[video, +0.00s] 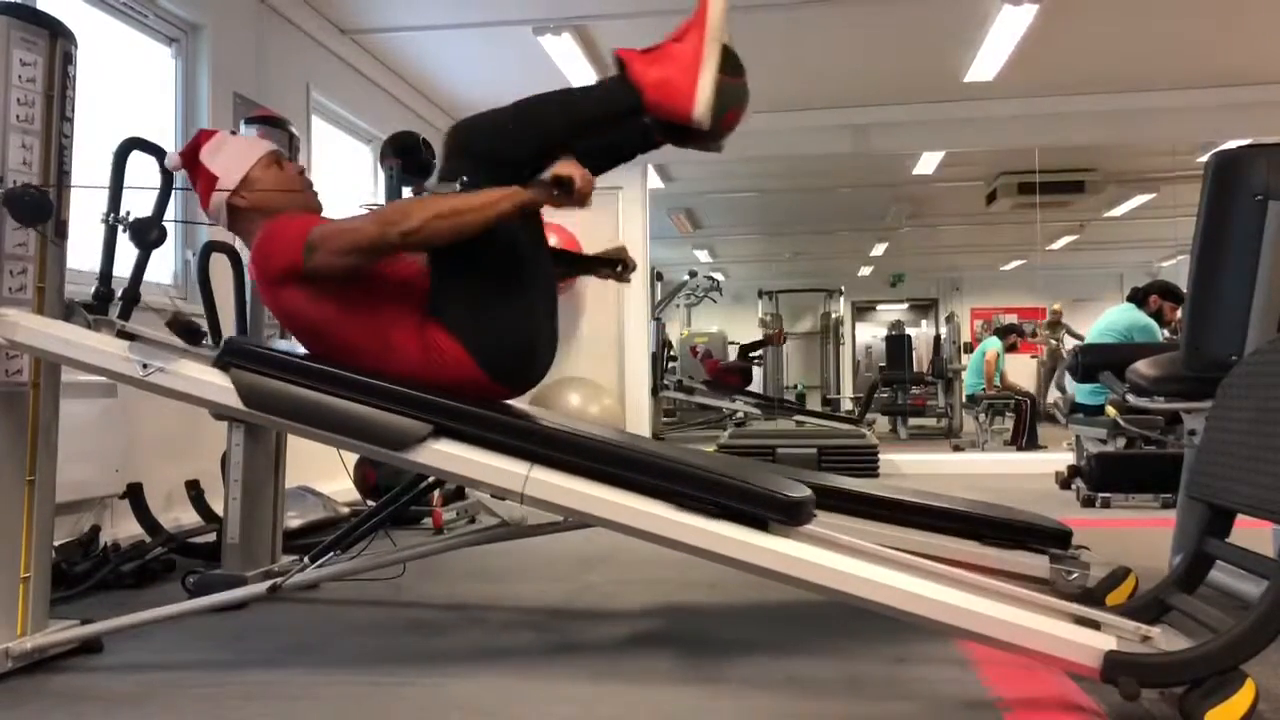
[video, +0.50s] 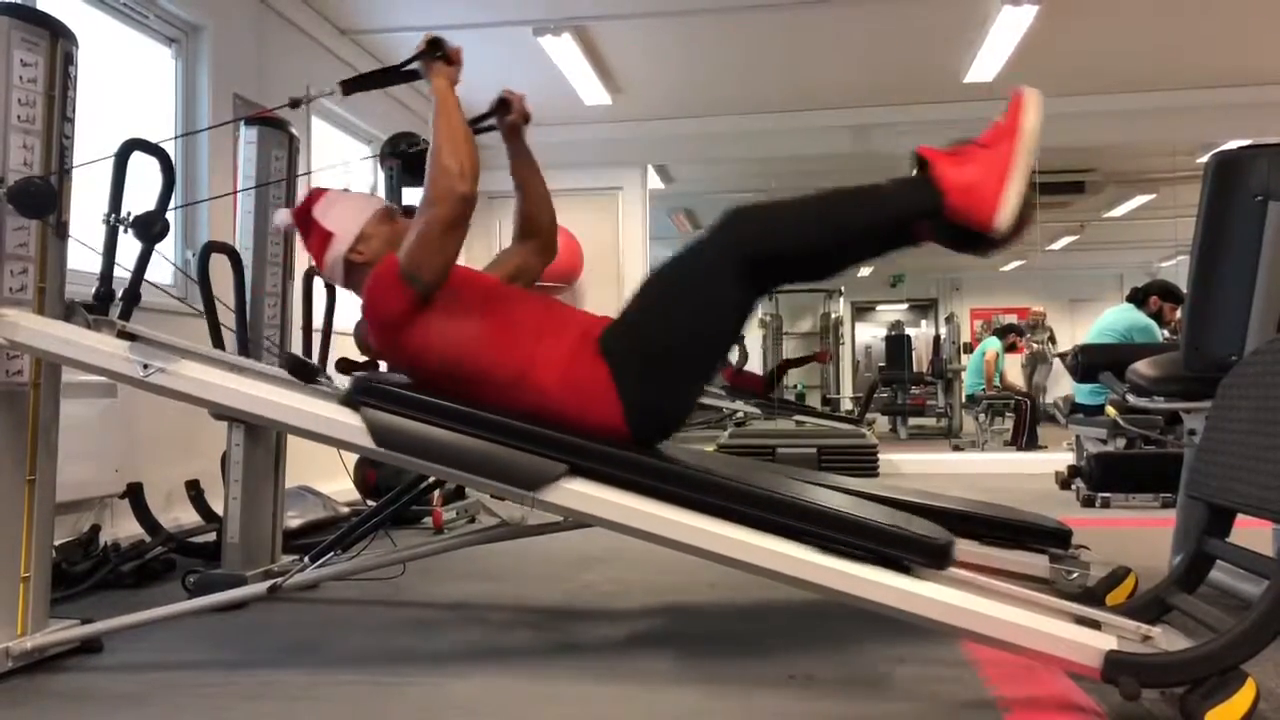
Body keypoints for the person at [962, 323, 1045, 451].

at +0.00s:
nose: (1017, 342)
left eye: (1018, 339)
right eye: (1017, 338)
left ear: (1010, 337)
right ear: (1011, 336)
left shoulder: (999, 349)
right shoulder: (995, 342)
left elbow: (1004, 382)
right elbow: (989, 360)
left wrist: (1021, 390)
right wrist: (989, 389)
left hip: (983, 392)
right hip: (977, 393)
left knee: (1027, 400)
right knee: (1026, 401)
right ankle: (1024, 444)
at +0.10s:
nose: (1017, 343)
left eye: (1019, 340)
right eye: (1018, 339)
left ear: (1010, 337)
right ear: (1012, 337)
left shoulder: (999, 349)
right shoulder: (995, 342)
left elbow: (1004, 382)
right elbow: (989, 360)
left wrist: (1021, 390)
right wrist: (990, 389)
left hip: (983, 393)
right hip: (977, 393)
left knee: (1026, 400)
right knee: (1027, 400)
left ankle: (1018, 442)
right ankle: (1026, 444)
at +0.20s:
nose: (1020, 344)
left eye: (1021, 341)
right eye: (1020, 340)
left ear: (1011, 337)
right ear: (1012, 337)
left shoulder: (999, 349)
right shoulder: (994, 342)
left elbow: (1004, 382)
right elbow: (989, 360)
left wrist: (1022, 391)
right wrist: (990, 389)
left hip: (984, 392)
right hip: (977, 393)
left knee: (1026, 400)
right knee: (1027, 401)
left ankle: (1018, 441)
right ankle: (1025, 444)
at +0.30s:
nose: (1020, 343)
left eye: (1021, 340)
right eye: (1019, 339)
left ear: (1011, 337)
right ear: (1011, 337)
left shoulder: (999, 350)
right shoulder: (994, 342)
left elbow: (1004, 382)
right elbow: (989, 360)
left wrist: (1021, 391)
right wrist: (990, 389)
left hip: (984, 393)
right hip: (977, 393)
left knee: (1026, 400)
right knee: (1027, 401)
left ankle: (1018, 442)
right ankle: (1025, 444)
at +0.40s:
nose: (1020, 344)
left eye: (1021, 341)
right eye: (1020, 340)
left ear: (1011, 338)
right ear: (1011, 337)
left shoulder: (999, 350)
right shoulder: (994, 342)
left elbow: (1004, 382)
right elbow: (989, 360)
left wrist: (1022, 392)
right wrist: (990, 390)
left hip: (984, 393)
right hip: (977, 393)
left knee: (1027, 401)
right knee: (1026, 402)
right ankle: (1024, 444)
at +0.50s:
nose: (1019, 345)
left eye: (1021, 341)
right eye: (1019, 340)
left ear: (1010, 337)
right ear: (1011, 337)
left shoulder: (999, 349)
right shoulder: (994, 342)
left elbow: (1004, 382)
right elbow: (988, 360)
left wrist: (1020, 391)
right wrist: (989, 390)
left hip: (984, 392)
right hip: (977, 393)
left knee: (1026, 400)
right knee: (1026, 401)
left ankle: (1018, 442)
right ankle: (1025, 444)